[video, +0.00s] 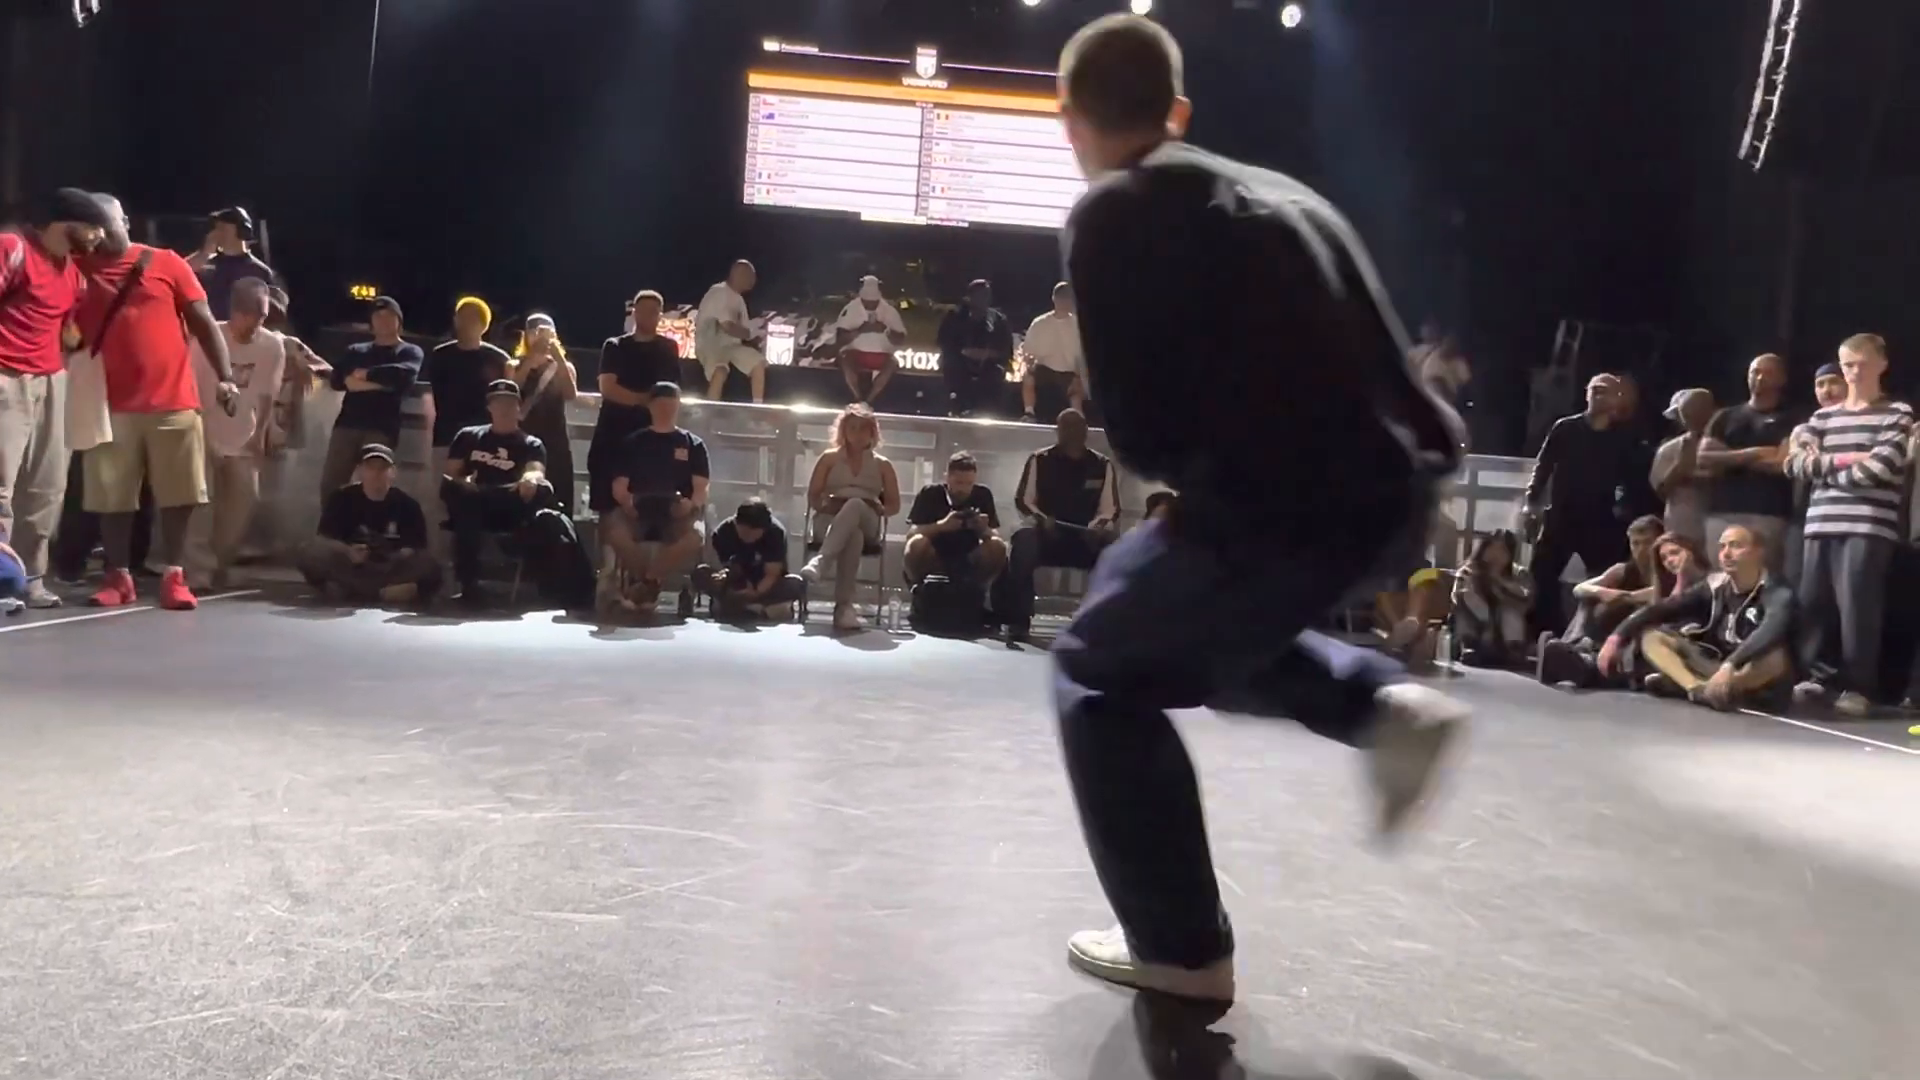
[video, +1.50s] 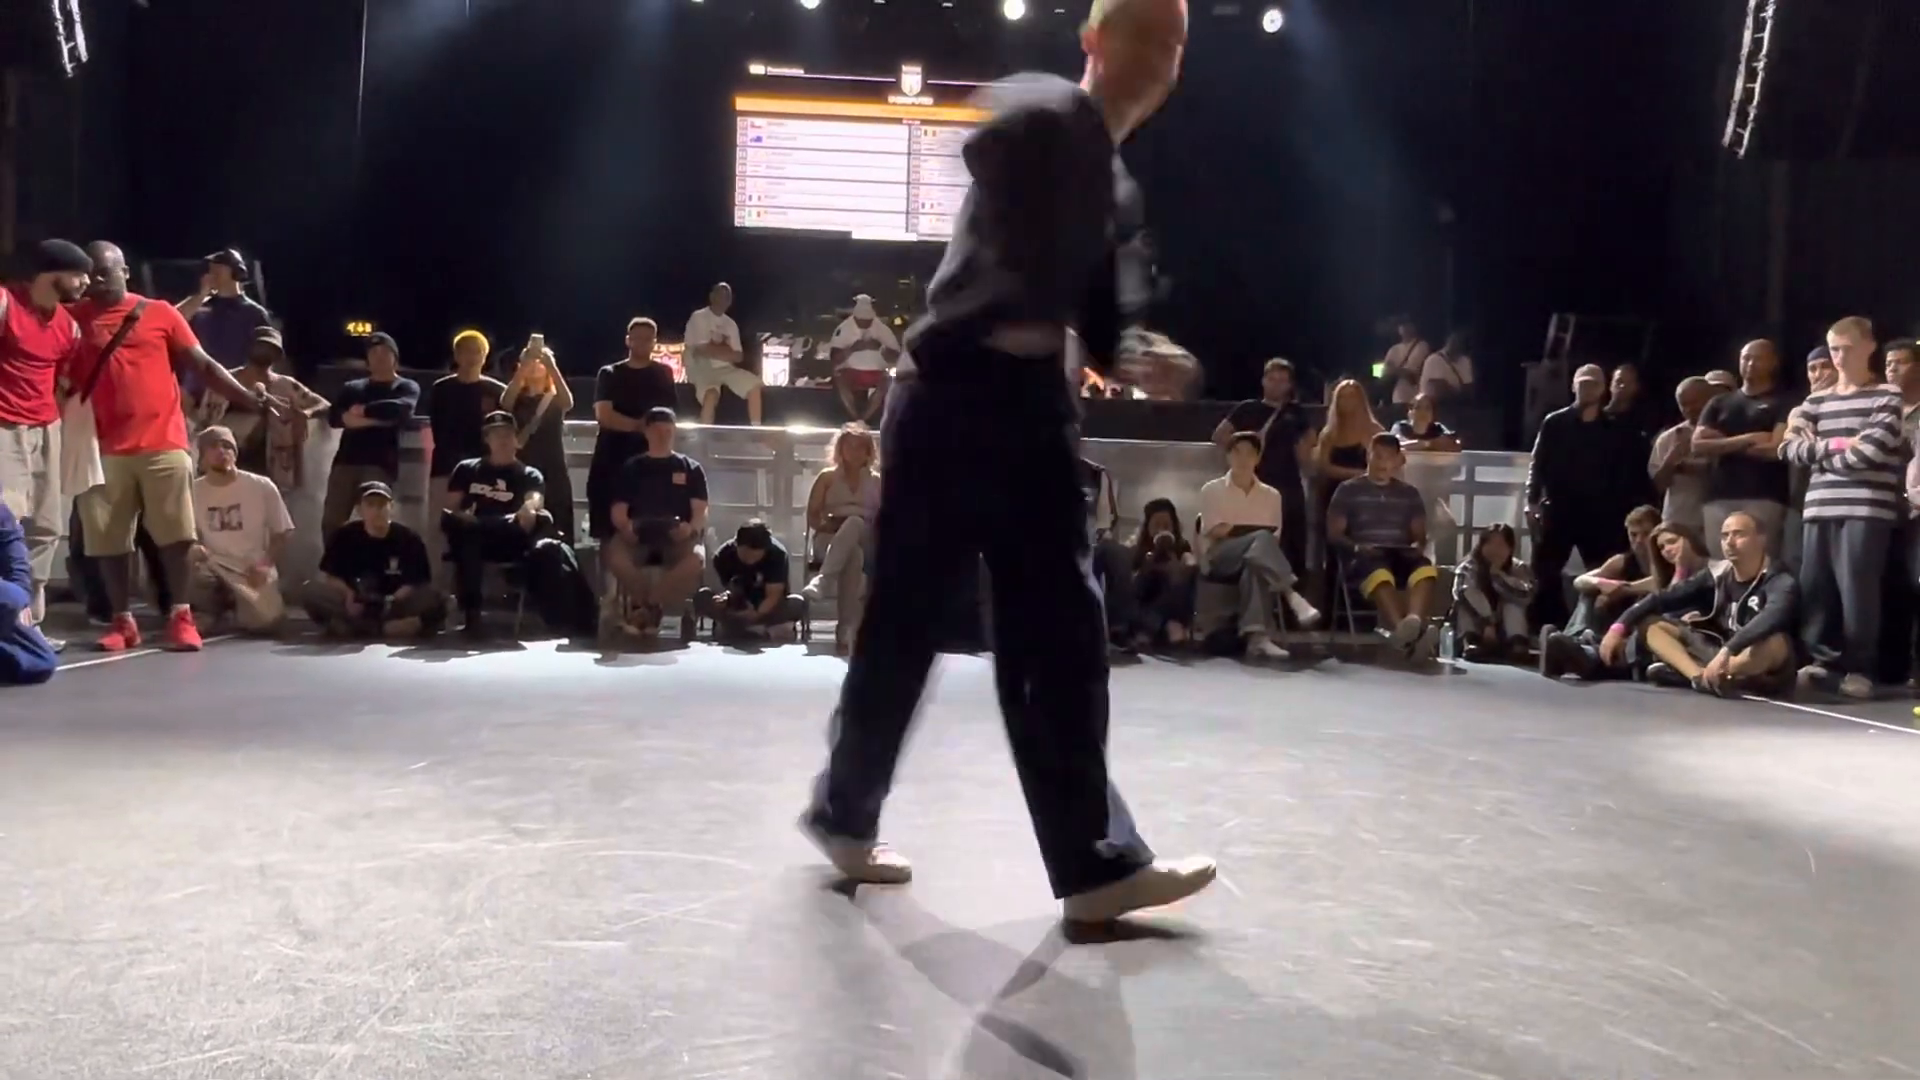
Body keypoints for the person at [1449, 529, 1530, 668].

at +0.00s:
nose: (1495, 555)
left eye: (1502, 550)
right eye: (1491, 548)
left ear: (1510, 556)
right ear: (1482, 551)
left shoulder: (1520, 575)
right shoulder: (1467, 575)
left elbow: (1525, 603)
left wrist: (1497, 579)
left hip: (1511, 647)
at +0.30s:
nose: (1487, 553)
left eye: (1494, 549)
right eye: (1483, 547)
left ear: (1503, 554)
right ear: (1475, 549)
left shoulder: (1513, 573)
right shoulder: (1461, 571)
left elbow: (1519, 599)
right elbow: (1456, 595)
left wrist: (1491, 578)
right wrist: (1477, 626)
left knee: (1504, 607)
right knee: (1458, 607)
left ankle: (1509, 647)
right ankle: (1460, 646)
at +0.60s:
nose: (1486, 542)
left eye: (1492, 538)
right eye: (1481, 536)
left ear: (1501, 543)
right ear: (1473, 538)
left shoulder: (1510, 561)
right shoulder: (1459, 561)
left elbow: (1517, 586)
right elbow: (1455, 584)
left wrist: (1489, 567)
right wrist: (1476, 614)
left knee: (1502, 598)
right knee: (1456, 596)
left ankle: (1507, 638)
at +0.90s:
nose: (1489, 548)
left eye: (1495, 543)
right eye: (1485, 541)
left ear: (1505, 547)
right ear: (1477, 543)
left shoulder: (1514, 566)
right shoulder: (1462, 567)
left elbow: (1522, 591)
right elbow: (1458, 591)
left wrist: (1492, 572)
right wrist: (1480, 620)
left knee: (1508, 599)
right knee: (1460, 600)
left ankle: (1511, 641)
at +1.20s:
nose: (1492, 552)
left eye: (1499, 547)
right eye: (1488, 546)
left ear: (1508, 552)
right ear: (1480, 547)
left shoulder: (1518, 570)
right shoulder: (1466, 570)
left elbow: (1524, 596)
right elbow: (1462, 594)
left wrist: (1495, 576)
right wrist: (1484, 624)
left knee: (1510, 605)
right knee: (1464, 604)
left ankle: (1515, 642)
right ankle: (1468, 642)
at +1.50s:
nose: (1495, 550)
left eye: (1501, 546)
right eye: (1490, 544)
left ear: (1510, 550)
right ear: (1482, 546)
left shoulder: (1519, 568)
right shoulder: (1468, 567)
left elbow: (1526, 594)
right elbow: (1464, 592)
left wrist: (1497, 574)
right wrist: (1487, 621)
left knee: (1513, 601)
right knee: (1466, 601)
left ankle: (1518, 642)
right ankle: (1469, 641)